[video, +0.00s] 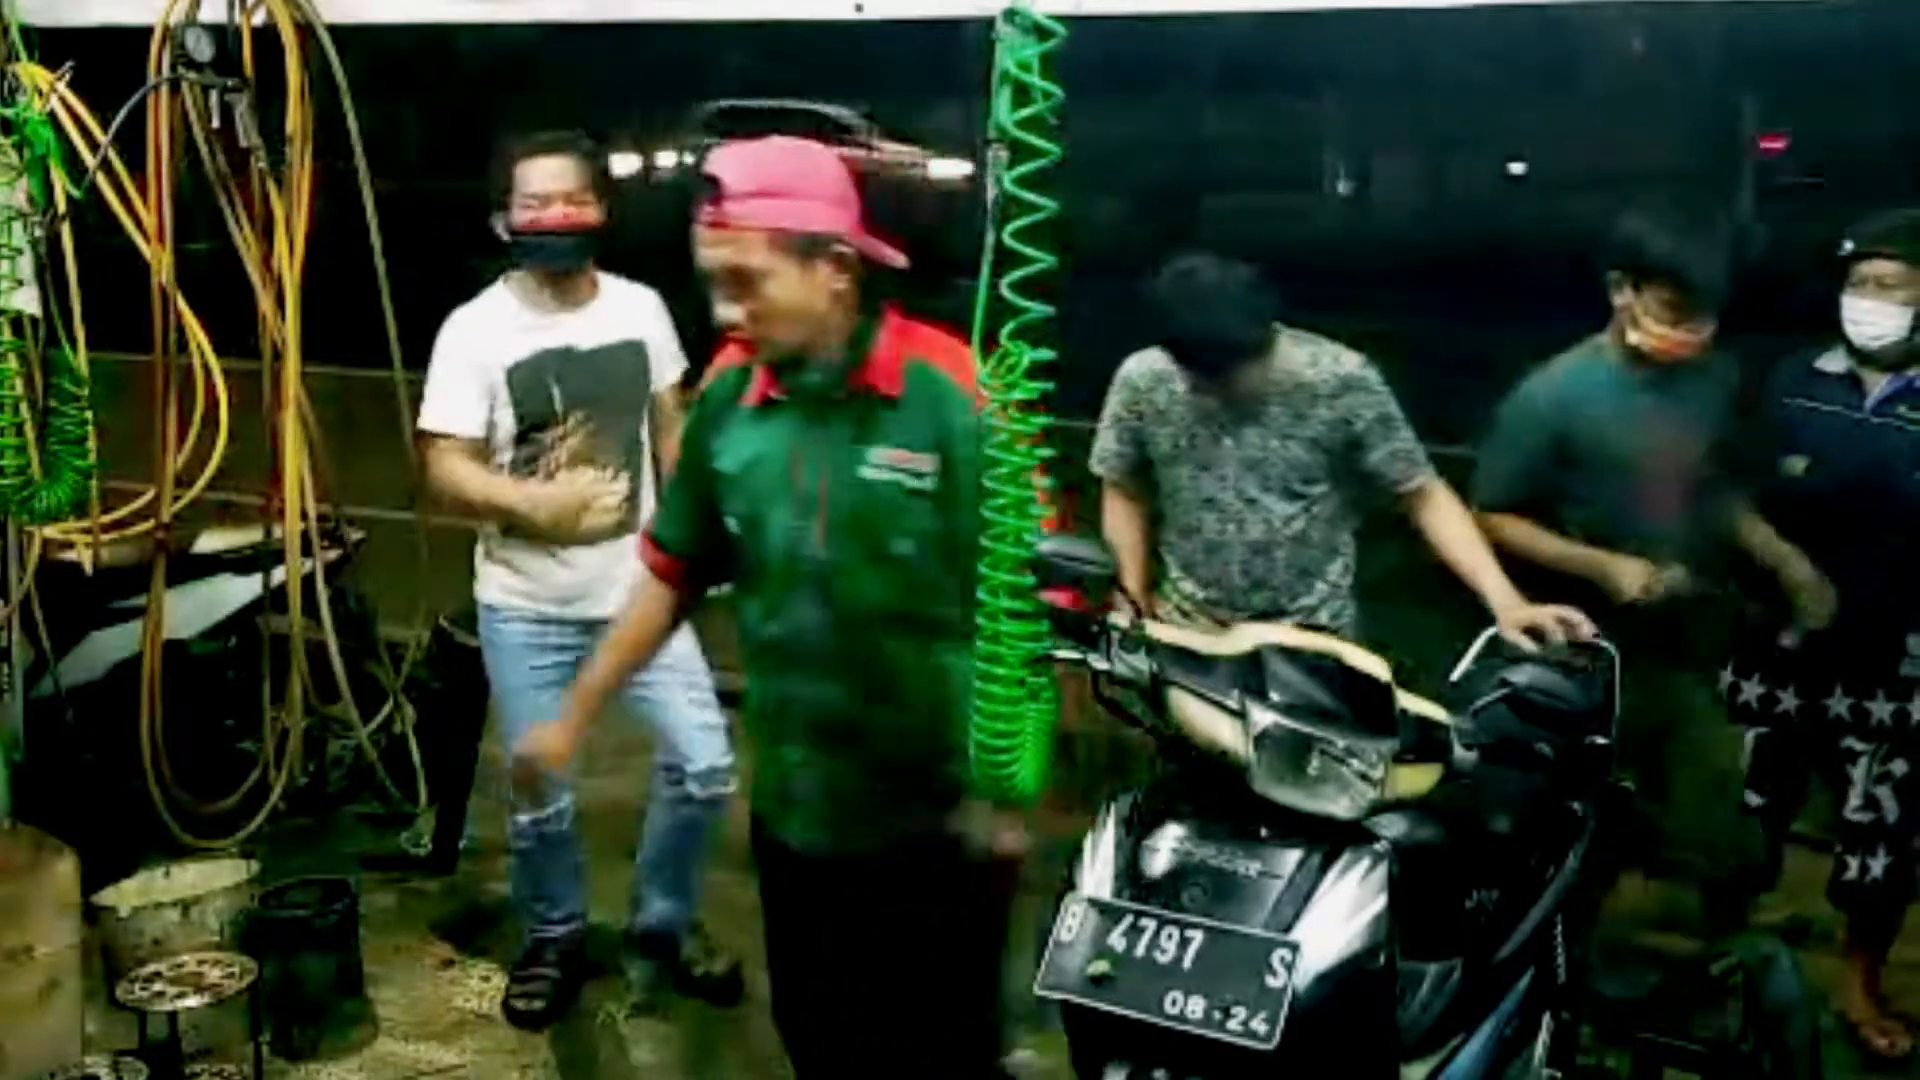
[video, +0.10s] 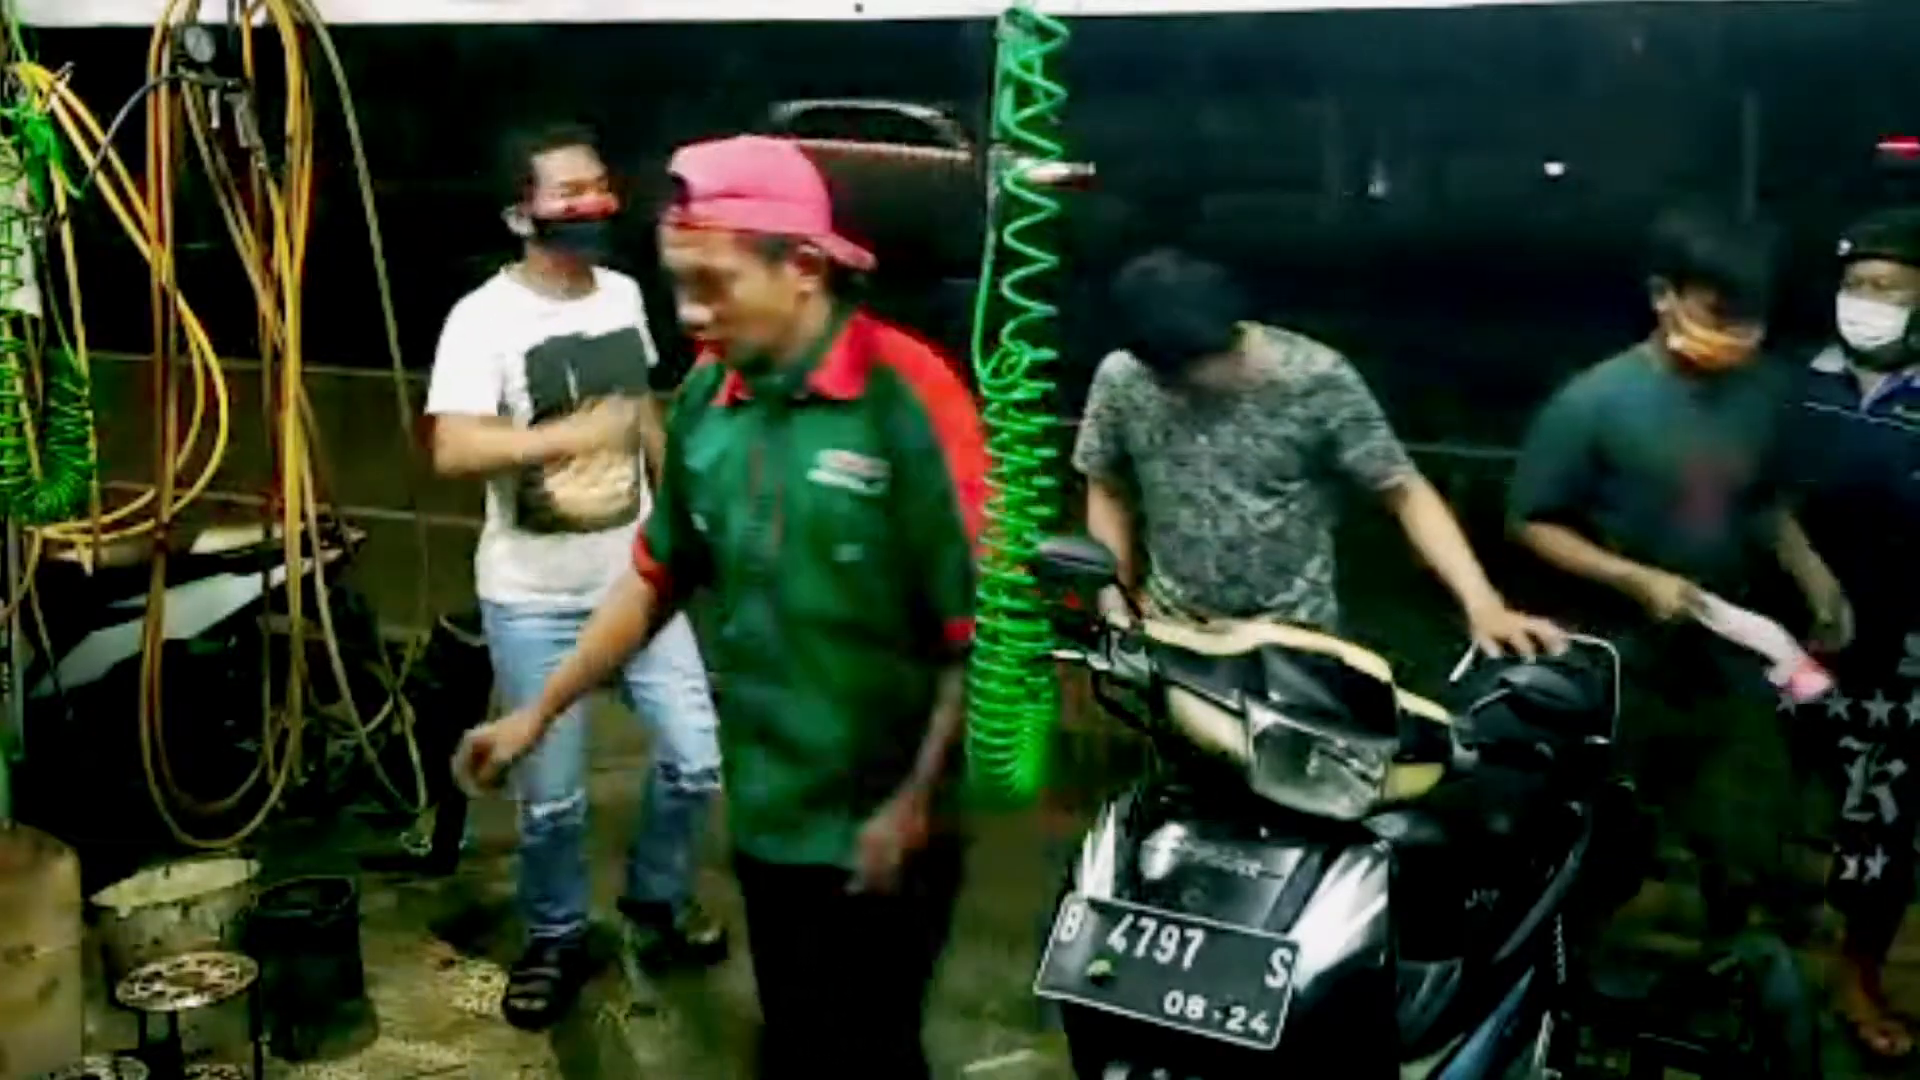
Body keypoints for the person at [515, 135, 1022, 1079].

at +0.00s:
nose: (726, 310)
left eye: (744, 284)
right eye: (716, 286)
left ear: (835, 271)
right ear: (709, 278)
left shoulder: (950, 394)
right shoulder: (726, 404)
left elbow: (1017, 590)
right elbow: (667, 577)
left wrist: (1007, 779)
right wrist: (572, 718)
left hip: (938, 808)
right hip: (797, 808)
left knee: (942, 1050)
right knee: (818, 1040)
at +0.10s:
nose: (691, 313)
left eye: (713, 286)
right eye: (683, 286)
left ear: (804, 270)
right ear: (672, 272)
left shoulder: (914, 397)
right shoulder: (703, 404)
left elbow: (981, 633)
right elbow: (651, 581)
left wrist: (915, 798)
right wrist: (536, 714)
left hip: (890, 821)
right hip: (767, 817)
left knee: (873, 1060)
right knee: (792, 1055)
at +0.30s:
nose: (613, 331)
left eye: (631, 303)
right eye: (607, 304)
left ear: (725, 285)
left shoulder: (818, 409)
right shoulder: (654, 404)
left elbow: (882, 661)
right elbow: (643, 599)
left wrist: (858, 854)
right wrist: (566, 759)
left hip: (799, 805)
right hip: (703, 803)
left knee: (671, 1053)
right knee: (845, 1061)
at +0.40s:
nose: (542, 351)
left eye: (559, 323)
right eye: (535, 325)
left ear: (652, 305)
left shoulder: (749, 427)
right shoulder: (597, 440)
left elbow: (844, 678)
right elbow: (614, 645)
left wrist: (836, 889)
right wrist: (572, 789)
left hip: (743, 892)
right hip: (645, 883)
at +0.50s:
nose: (434, 377)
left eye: (451, 345)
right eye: (425, 348)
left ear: (548, 326)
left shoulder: (656, 451)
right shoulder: (521, 443)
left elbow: (767, 701)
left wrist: (798, 908)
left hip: (667, 891)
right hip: (571, 871)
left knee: (538, 1071)